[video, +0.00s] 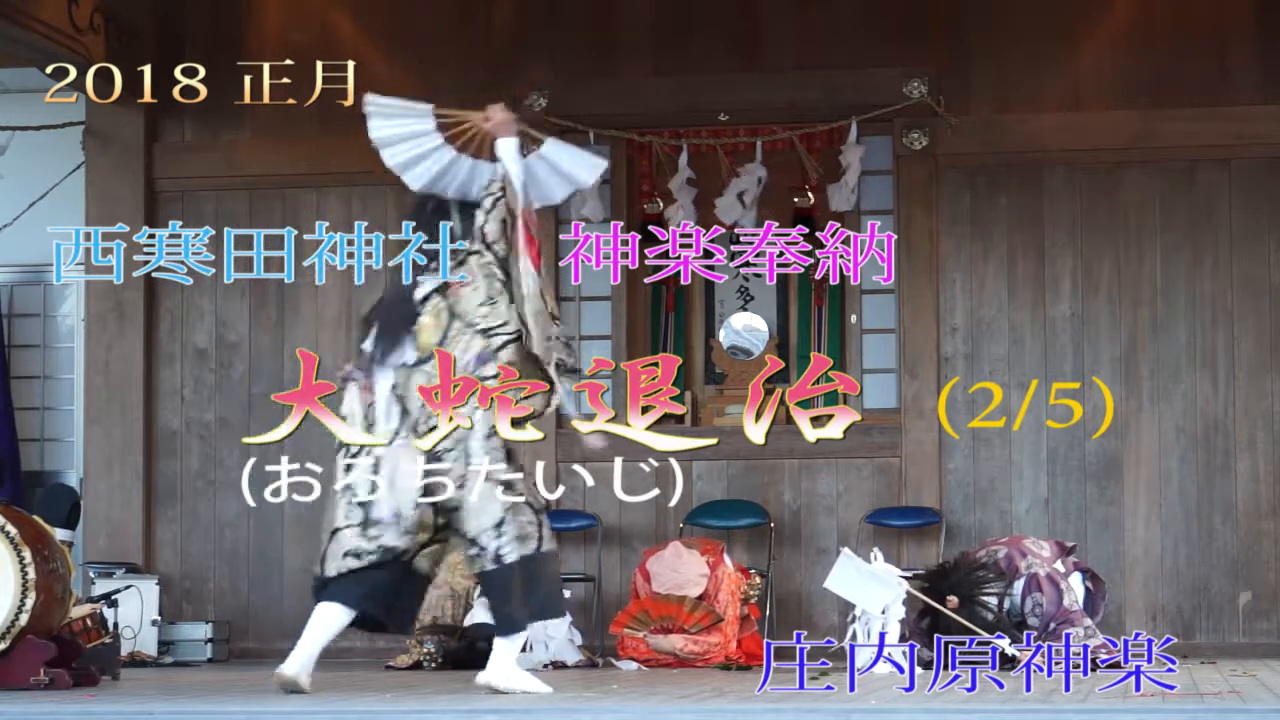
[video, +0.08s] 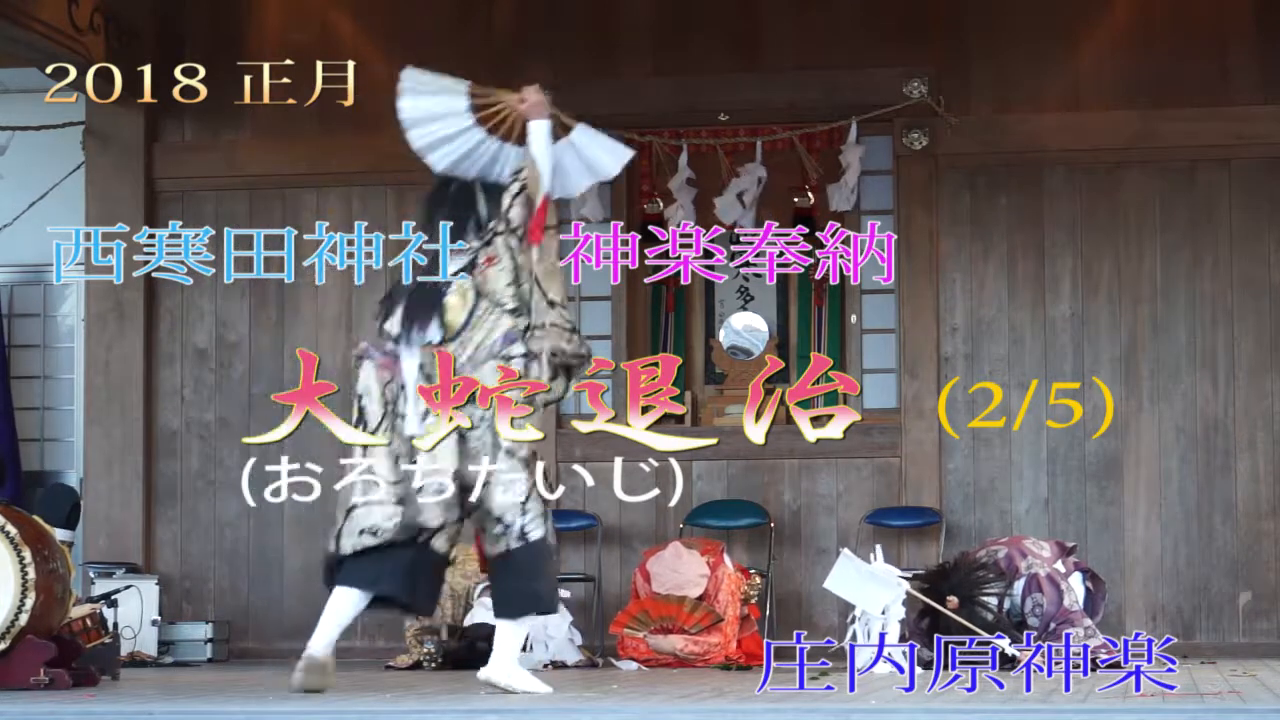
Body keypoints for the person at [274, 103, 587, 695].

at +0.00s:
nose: (482, 255)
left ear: (416, 243)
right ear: (464, 243)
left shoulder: (395, 308)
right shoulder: (477, 284)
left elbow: (372, 385)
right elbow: (502, 210)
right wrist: (507, 142)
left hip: (395, 452)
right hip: (464, 449)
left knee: (376, 548)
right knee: (516, 536)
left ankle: (303, 657)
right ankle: (505, 661)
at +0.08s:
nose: (504, 215)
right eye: (497, 203)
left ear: (436, 214)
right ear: (486, 207)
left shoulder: (411, 282)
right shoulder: (495, 246)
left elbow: (377, 368)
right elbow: (533, 179)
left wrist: (379, 436)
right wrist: (537, 120)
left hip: (412, 437)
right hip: (486, 433)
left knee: (388, 537)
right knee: (526, 537)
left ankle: (319, 645)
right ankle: (505, 660)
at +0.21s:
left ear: (461, 183)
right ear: (517, 177)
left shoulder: (445, 233)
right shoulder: (527, 208)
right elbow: (566, 160)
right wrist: (583, 94)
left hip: (446, 368)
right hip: (514, 368)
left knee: (428, 479)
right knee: (521, 494)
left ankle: (389, 566)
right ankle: (516, 641)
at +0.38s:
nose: (536, 193)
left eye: (527, 184)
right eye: (527, 185)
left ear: (465, 194)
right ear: (519, 193)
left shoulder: (457, 254)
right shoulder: (534, 243)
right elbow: (579, 189)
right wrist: (622, 115)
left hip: (493, 404)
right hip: (529, 410)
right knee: (526, 528)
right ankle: (510, 657)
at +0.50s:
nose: (544, 226)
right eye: (538, 218)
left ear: (475, 229)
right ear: (532, 225)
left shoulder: (459, 292)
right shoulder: (552, 274)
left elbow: (390, 342)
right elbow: (598, 226)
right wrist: (644, 161)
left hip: (494, 437)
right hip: (539, 438)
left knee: (545, 524)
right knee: (532, 539)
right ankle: (507, 664)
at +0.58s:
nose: (551, 241)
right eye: (544, 231)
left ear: (476, 238)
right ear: (536, 235)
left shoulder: (449, 298)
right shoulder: (557, 285)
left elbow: (392, 364)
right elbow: (613, 245)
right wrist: (659, 184)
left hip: (483, 440)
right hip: (540, 441)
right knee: (542, 540)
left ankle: (436, 530)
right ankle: (507, 665)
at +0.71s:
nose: (550, 235)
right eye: (543, 225)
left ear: (479, 230)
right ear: (532, 229)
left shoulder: (463, 290)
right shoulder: (547, 284)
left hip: (486, 434)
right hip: (539, 437)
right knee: (542, 535)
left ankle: (414, 566)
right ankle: (507, 663)